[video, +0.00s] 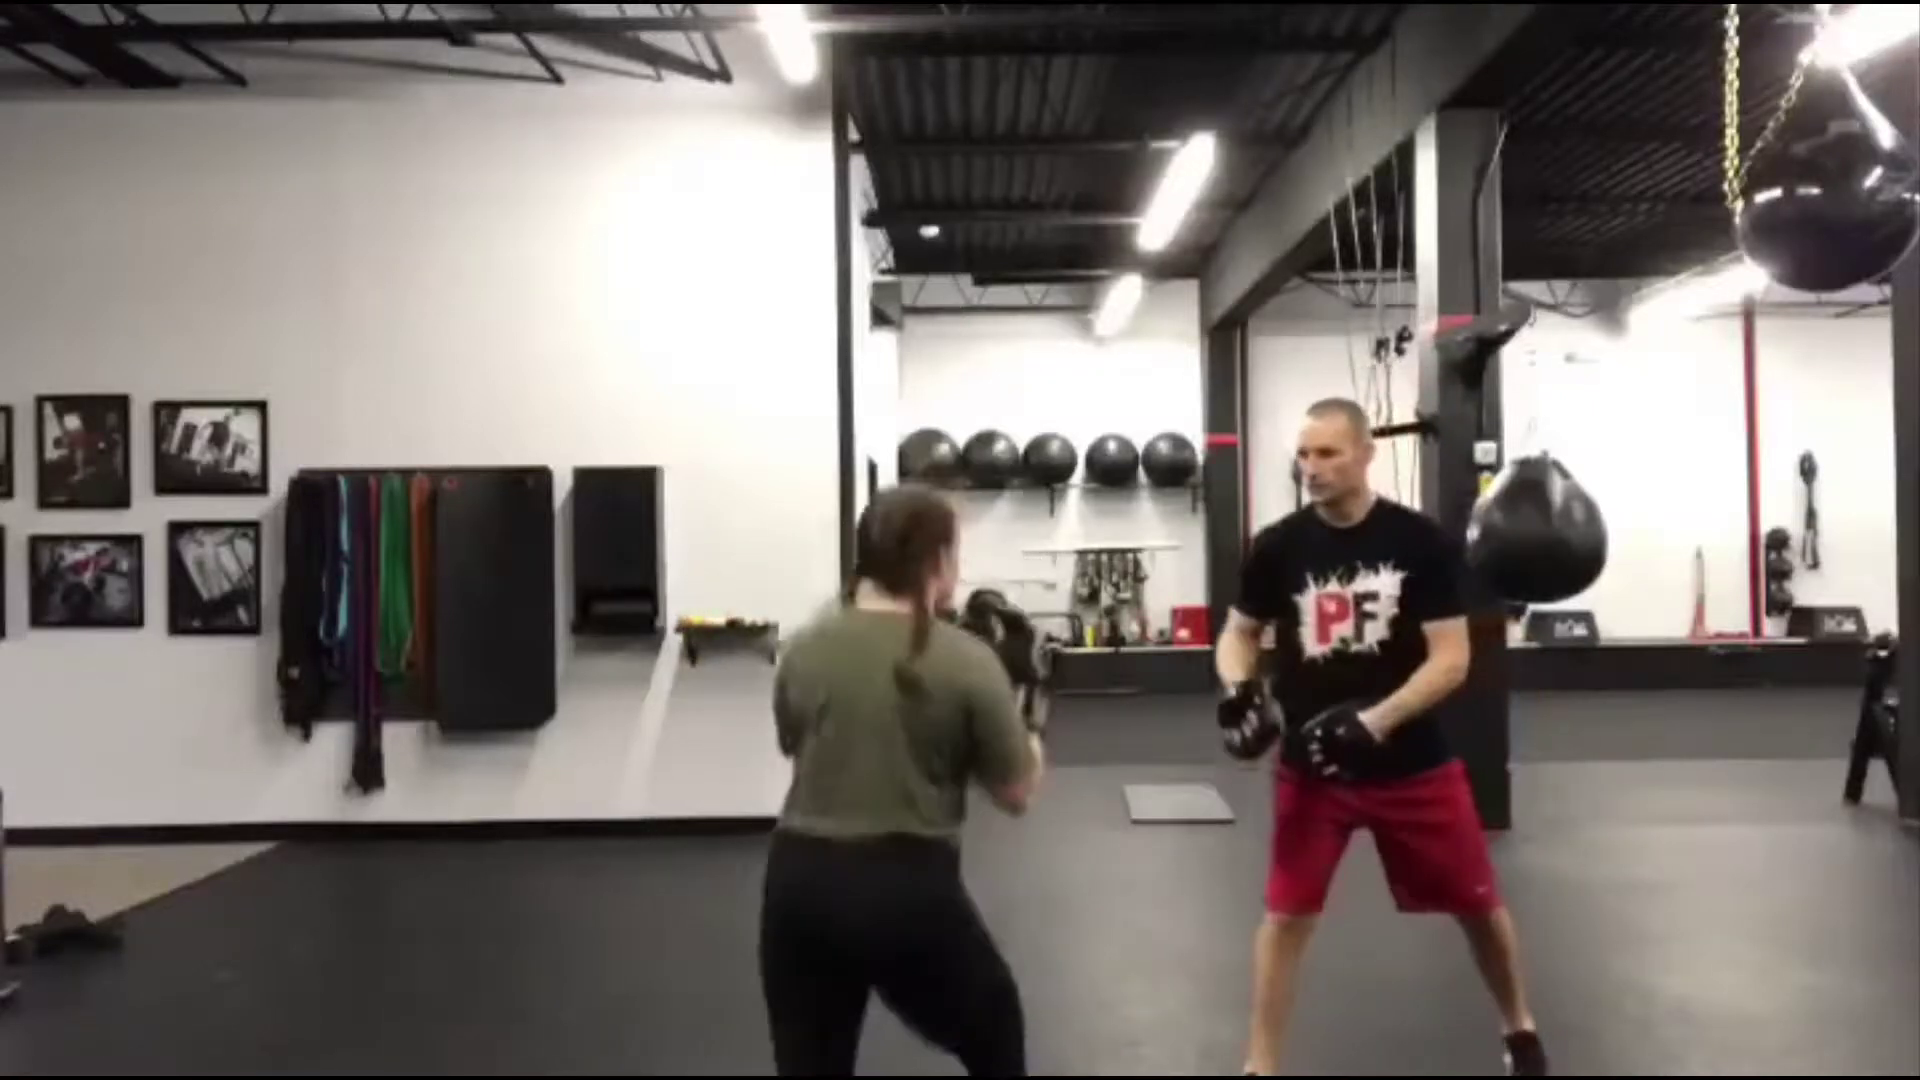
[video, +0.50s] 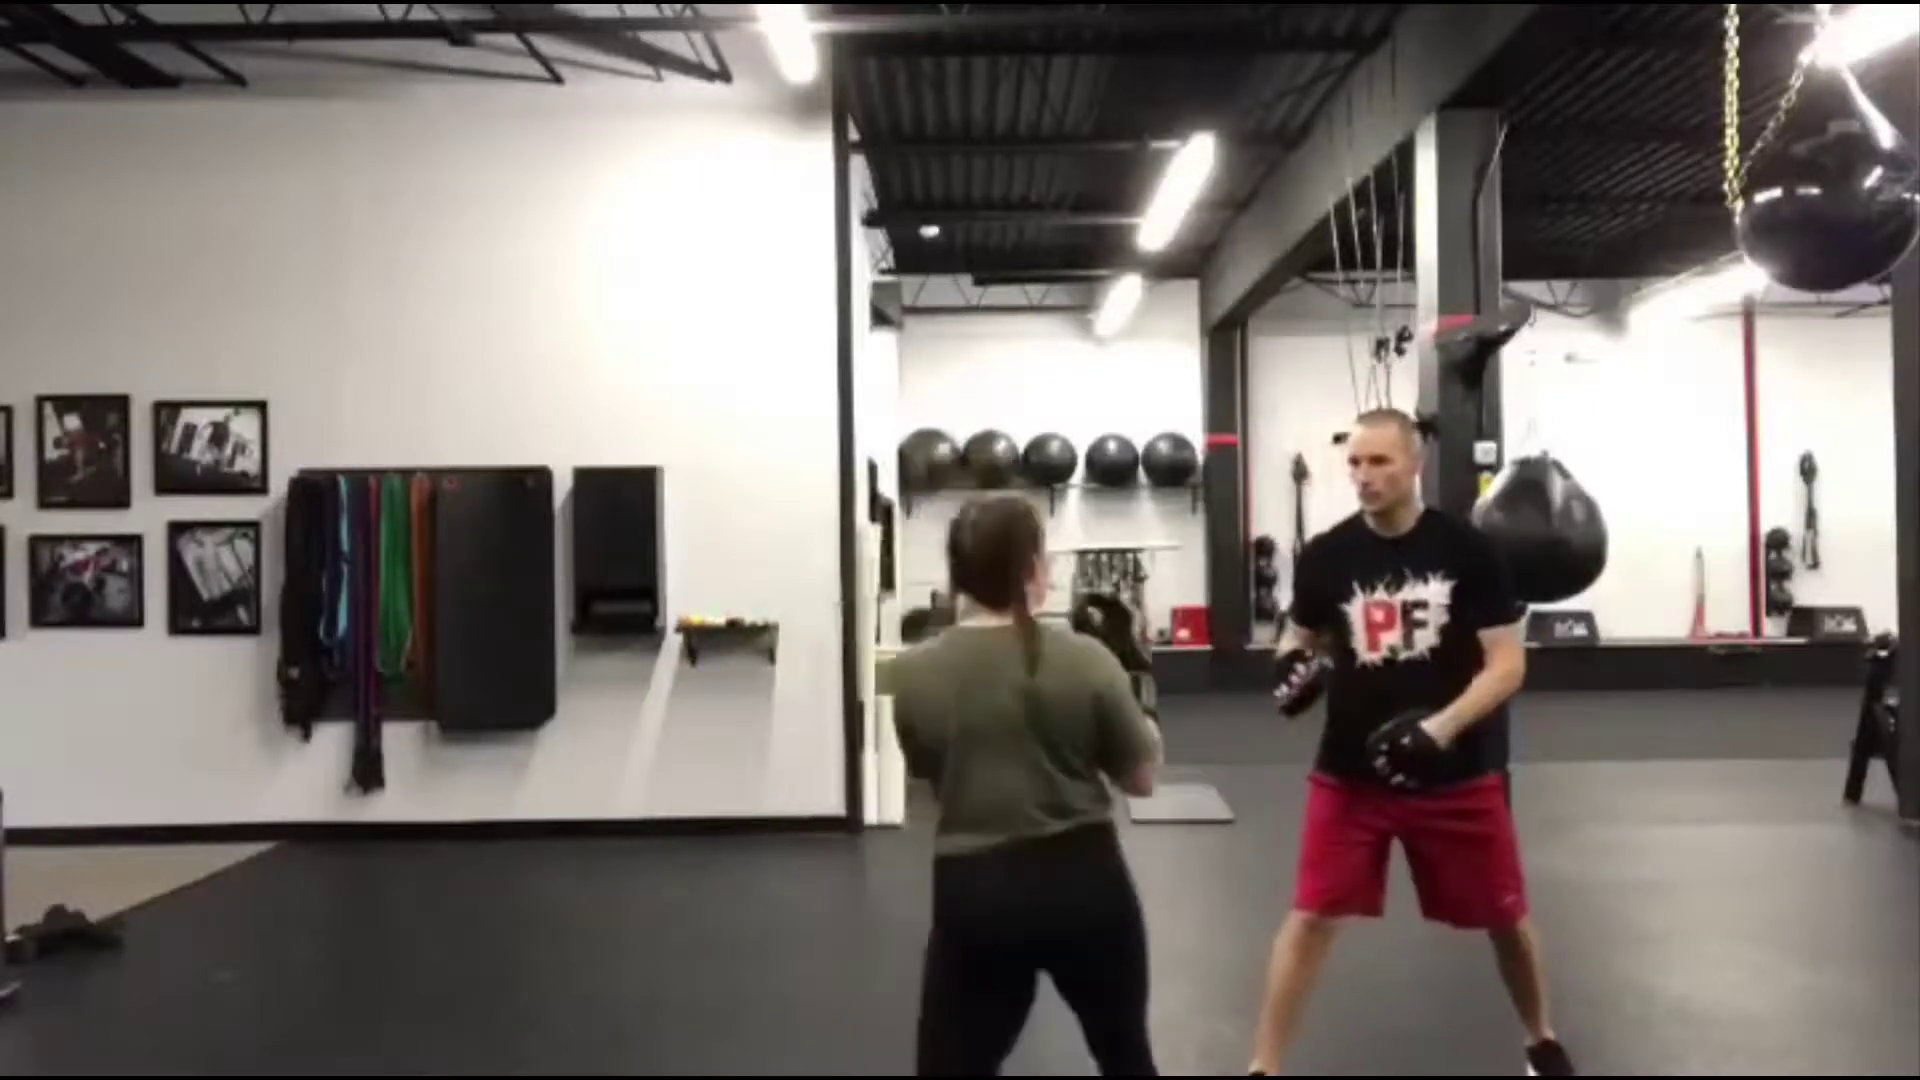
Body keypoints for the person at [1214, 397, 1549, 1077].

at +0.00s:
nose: (1311, 467)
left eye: (1327, 454)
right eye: (1304, 455)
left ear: (1367, 456)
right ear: (1297, 460)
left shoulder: (1421, 542)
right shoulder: (1276, 548)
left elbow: (1452, 658)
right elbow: (1240, 633)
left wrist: (1374, 720)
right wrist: (1238, 692)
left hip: (1417, 765)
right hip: (1314, 769)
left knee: (1480, 905)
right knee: (1287, 916)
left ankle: (1521, 1032)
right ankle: (1261, 1063)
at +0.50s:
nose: (1365, 475)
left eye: (1379, 462)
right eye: (1356, 464)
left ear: (1416, 464)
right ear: (1348, 469)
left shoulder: (1467, 549)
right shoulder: (1324, 556)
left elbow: (1507, 663)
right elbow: (1301, 637)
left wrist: (1440, 727)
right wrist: (1296, 668)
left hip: (1458, 778)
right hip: (1350, 776)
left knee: (1508, 920)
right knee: (1313, 915)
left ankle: (1542, 1043)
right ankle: (1264, 1064)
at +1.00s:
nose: (1365, 471)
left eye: (1379, 457)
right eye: (1356, 460)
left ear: (1415, 460)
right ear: (1347, 467)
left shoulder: (1464, 550)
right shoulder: (1326, 553)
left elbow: (1499, 665)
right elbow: (1288, 654)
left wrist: (1409, 682)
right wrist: (1275, 603)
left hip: (1452, 778)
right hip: (1348, 775)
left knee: (1508, 921)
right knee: (1308, 914)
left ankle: (1543, 1043)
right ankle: (1265, 1063)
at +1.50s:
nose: (1300, 473)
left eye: (1314, 459)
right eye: (1291, 462)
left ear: (1353, 463)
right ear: (1286, 472)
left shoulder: (1414, 546)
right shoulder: (1274, 557)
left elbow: (1458, 659)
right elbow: (1230, 637)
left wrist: (1373, 664)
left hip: (1421, 774)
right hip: (1318, 775)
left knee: (1485, 915)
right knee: (1288, 915)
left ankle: (1534, 1034)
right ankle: (1262, 1065)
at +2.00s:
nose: (1366, 500)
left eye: (1378, 487)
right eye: (1357, 488)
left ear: (1413, 483)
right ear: (1347, 488)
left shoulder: (1464, 557)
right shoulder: (1325, 565)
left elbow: (1476, 665)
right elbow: (1300, 652)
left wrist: (1396, 626)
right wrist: (1330, 720)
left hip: (1451, 775)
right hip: (1354, 773)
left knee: (1496, 920)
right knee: (1313, 909)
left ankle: (1510, 1028)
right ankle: (1266, 1060)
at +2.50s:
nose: (1329, 483)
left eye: (1344, 471)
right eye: (1323, 471)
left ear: (1379, 478)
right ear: (1315, 475)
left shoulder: (1428, 549)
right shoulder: (1286, 553)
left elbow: (1447, 659)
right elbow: (1244, 638)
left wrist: (1395, 612)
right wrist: (1269, 655)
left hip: (1411, 767)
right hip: (1312, 767)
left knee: (1473, 902)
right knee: (1281, 902)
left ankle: (1505, 1020)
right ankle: (1246, 1054)